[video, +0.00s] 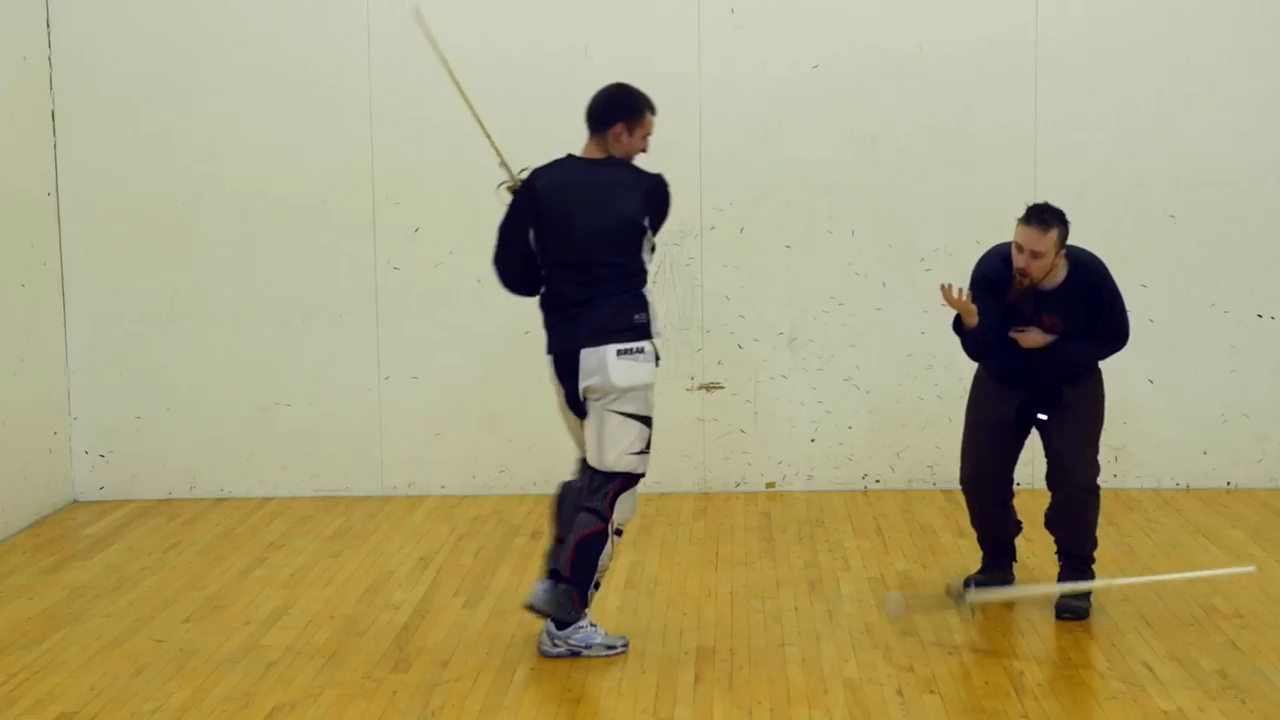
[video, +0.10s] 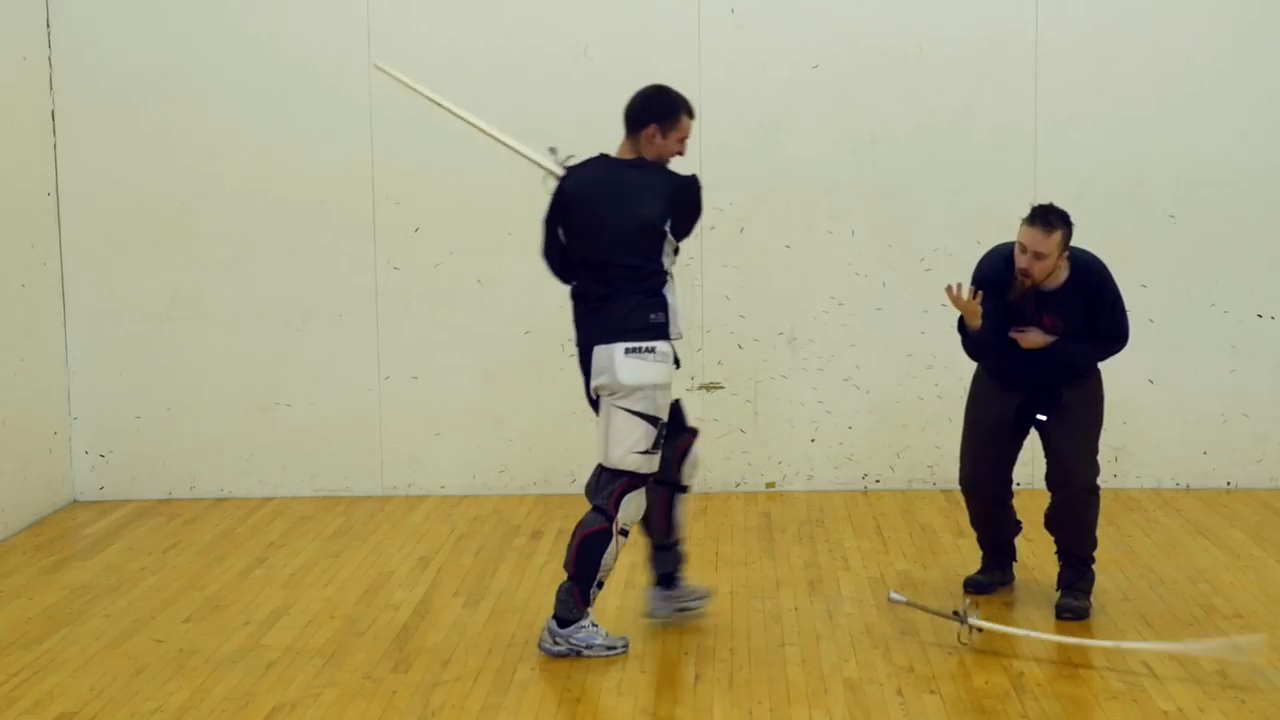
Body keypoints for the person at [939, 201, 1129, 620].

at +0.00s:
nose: (1023, 262)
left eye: (1035, 255)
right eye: (1019, 249)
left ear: (1061, 252)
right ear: (1013, 241)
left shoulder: (1090, 275)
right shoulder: (994, 268)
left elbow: (1115, 335)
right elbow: (979, 351)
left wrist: (1053, 343)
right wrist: (969, 324)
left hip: (1071, 384)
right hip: (1001, 380)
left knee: (1075, 480)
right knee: (981, 475)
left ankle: (1075, 577)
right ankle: (997, 565)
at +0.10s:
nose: (1026, 262)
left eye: (1038, 256)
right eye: (1022, 250)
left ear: (1063, 255)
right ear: (1016, 240)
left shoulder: (1091, 276)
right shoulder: (995, 267)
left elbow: (1115, 336)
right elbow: (978, 352)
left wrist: (1052, 344)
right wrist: (971, 326)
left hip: (1071, 384)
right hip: (1001, 378)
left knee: (1075, 481)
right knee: (980, 475)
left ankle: (1075, 582)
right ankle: (997, 563)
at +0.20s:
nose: (1028, 264)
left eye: (1041, 257)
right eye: (1025, 251)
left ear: (1066, 258)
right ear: (1019, 241)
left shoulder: (1093, 278)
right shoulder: (997, 267)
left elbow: (1115, 339)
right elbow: (978, 352)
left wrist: (1052, 345)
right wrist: (975, 328)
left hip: (1070, 384)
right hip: (1000, 378)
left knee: (1074, 480)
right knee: (979, 476)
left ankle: (1075, 582)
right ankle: (996, 562)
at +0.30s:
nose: (1032, 266)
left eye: (1044, 260)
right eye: (1029, 253)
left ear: (1069, 260)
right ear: (1023, 242)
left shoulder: (1096, 281)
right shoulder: (999, 267)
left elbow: (1116, 341)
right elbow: (978, 352)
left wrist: (1053, 346)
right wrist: (978, 330)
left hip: (1071, 385)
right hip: (1001, 378)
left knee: (1076, 480)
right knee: (979, 477)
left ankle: (1075, 582)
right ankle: (997, 562)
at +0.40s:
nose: (1036, 271)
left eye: (1049, 265)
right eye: (1033, 257)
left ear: (1073, 263)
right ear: (1027, 245)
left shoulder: (1098, 283)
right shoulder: (1001, 268)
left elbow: (1117, 342)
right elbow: (978, 354)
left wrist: (1055, 348)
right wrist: (980, 333)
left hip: (1072, 384)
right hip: (1001, 377)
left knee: (1075, 479)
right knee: (979, 476)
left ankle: (1075, 580)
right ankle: (996, 561)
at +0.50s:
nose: (1042, 284)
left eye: (1055, 279)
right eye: (1038, 271)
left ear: (1078, 276)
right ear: (1031, 257)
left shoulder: (1101, 290)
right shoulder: (1003, 275)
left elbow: (1119, 344)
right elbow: (973, 357)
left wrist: (1060, 354)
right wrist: (980, 334)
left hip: (1073, 388)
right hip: (1002, 380)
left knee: (1077, 480)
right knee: (979, 476)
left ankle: (1075, 582)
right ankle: (996, 562)